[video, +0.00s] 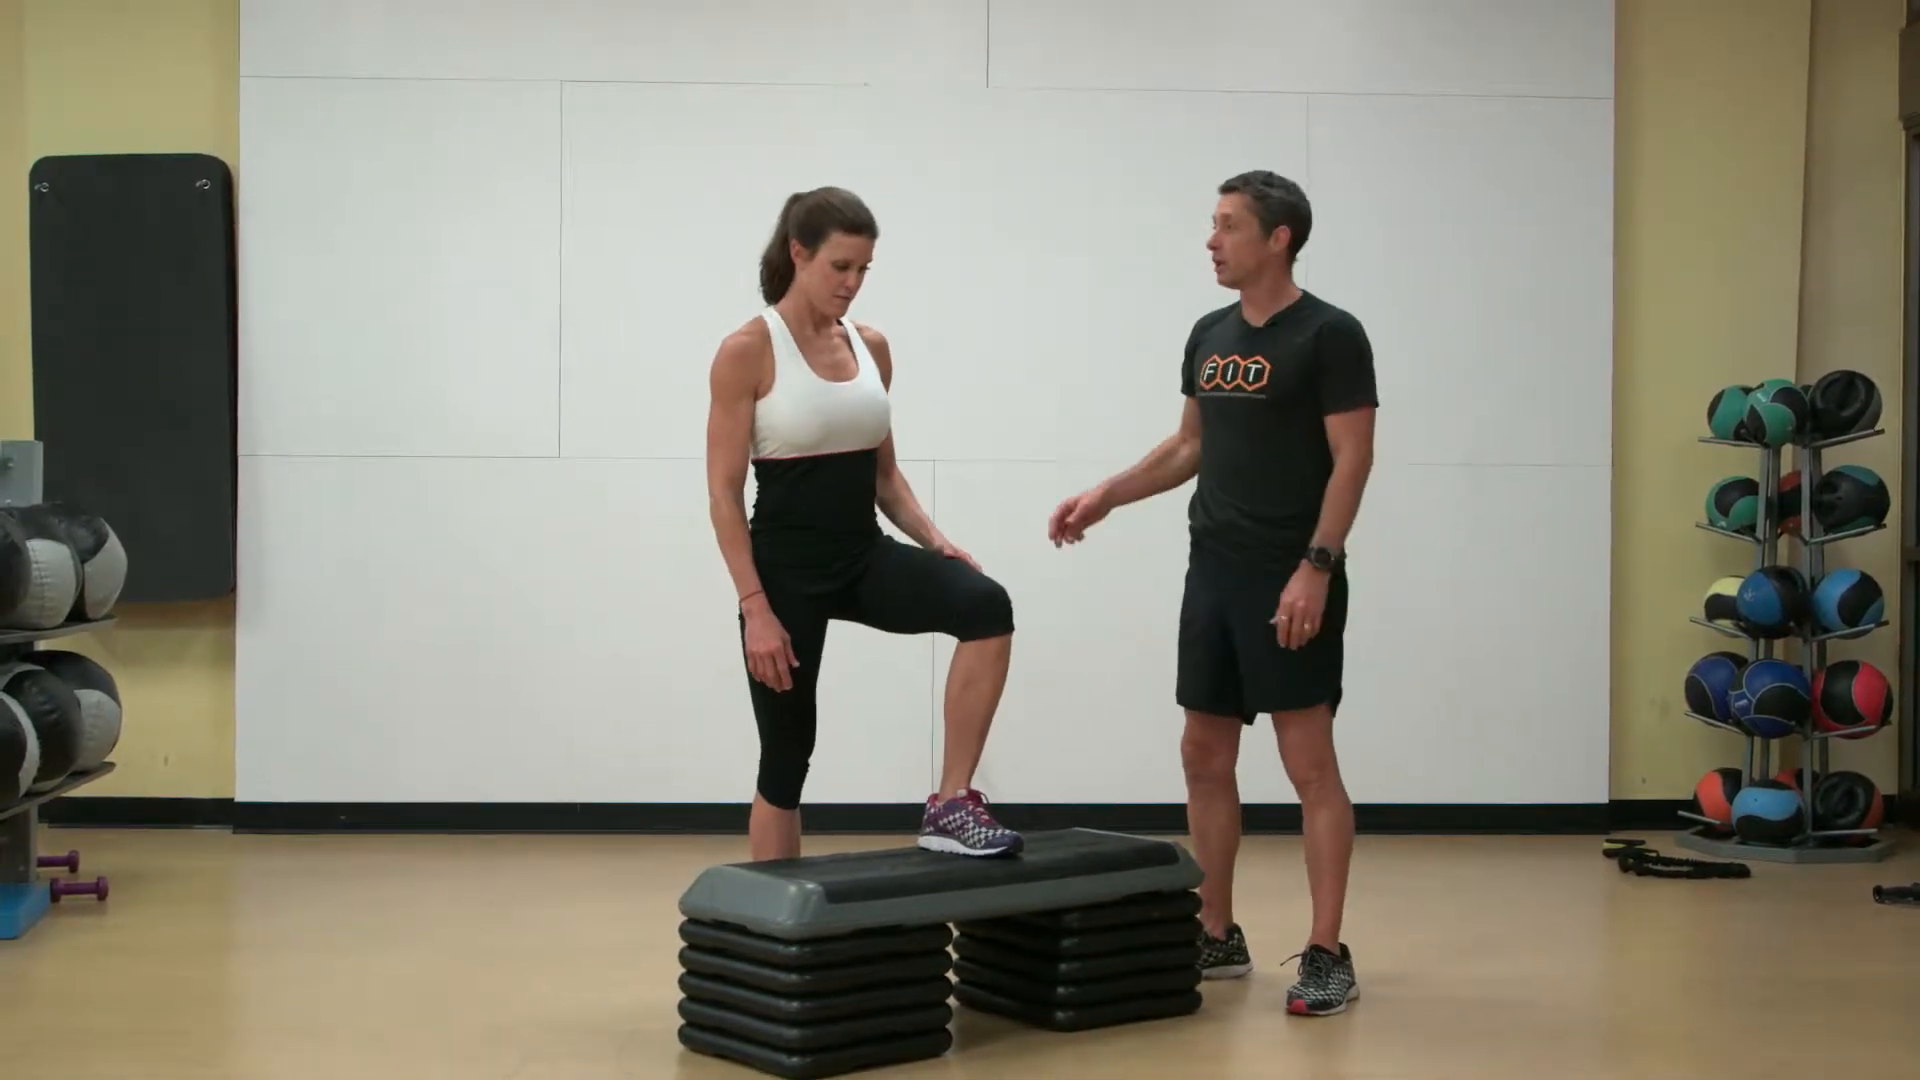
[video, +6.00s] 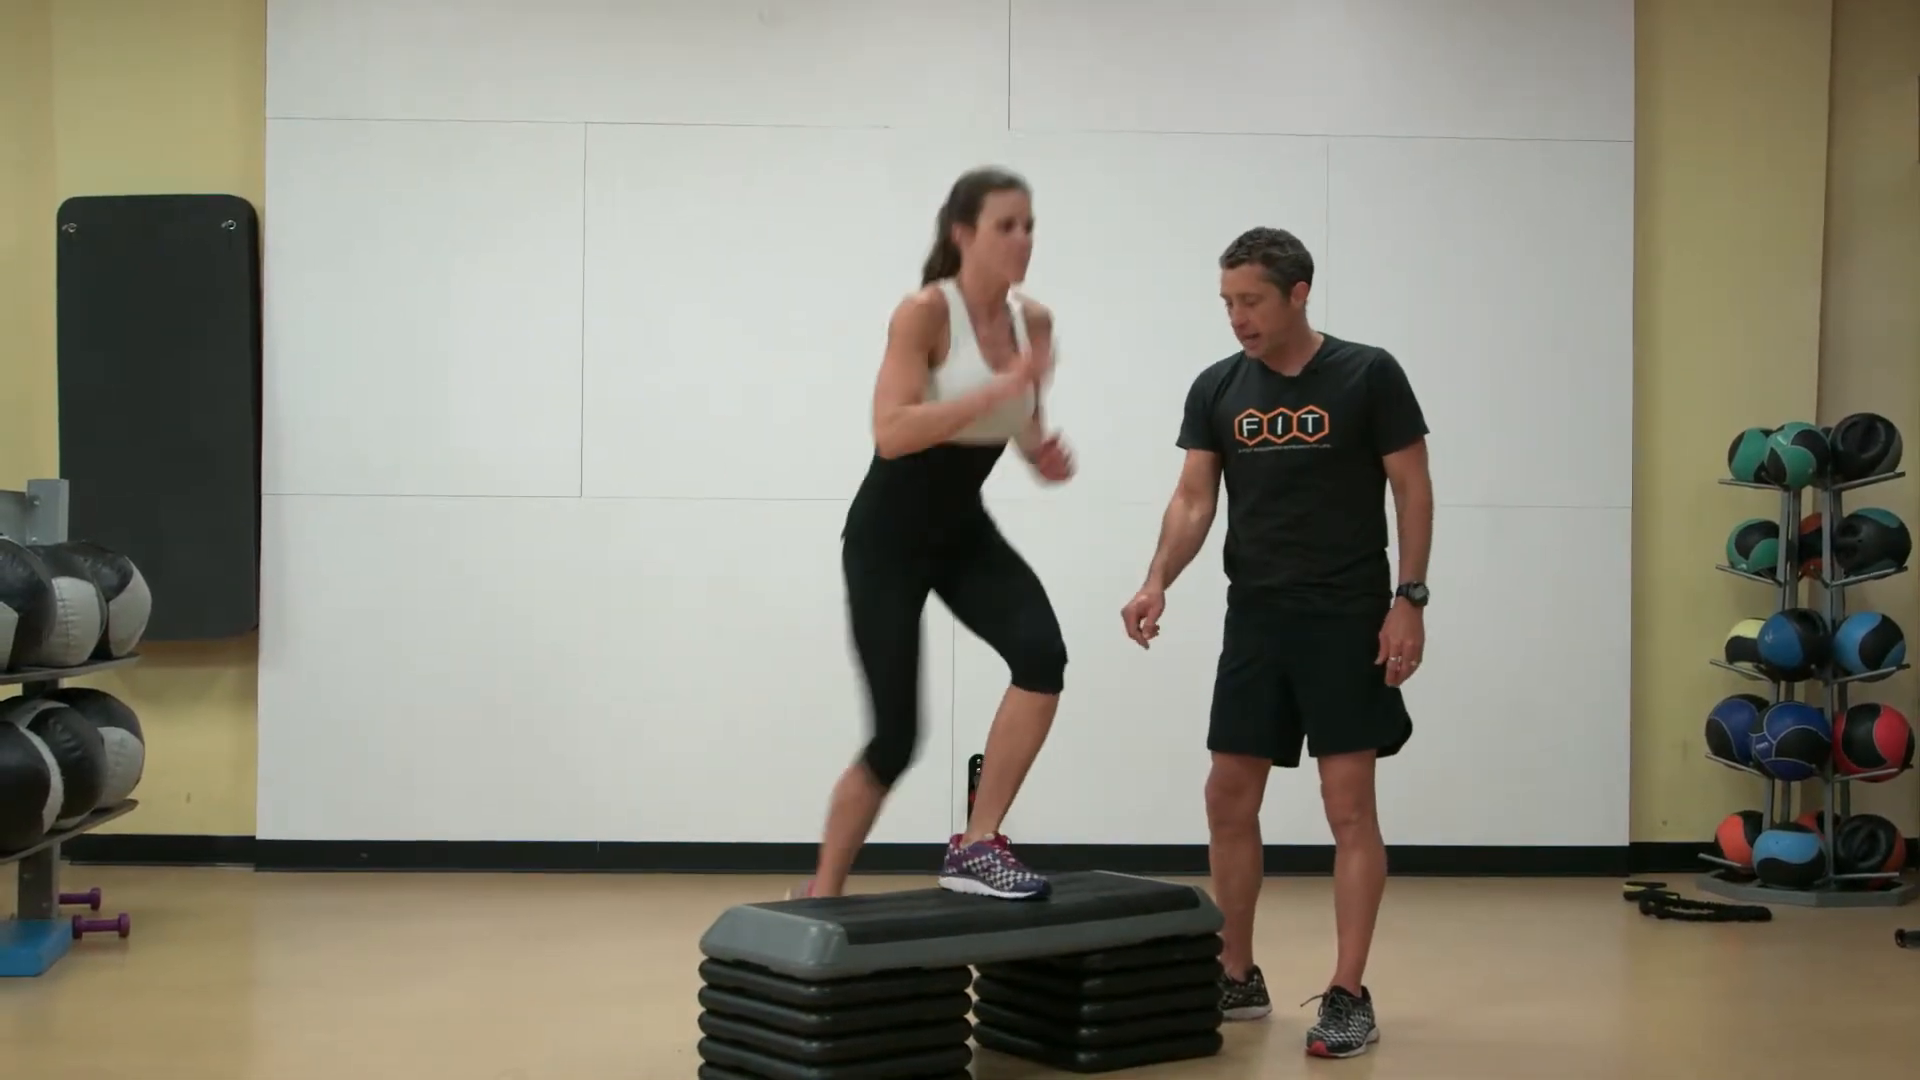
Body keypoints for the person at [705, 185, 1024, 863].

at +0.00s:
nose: (854, 283)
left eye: (862, 268)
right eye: (841, 266)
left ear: (869, 266)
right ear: (797, 254)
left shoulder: (869, 348)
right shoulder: (748, 352)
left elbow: (884, 473)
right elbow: (724, 493)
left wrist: (934, 540)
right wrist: (755, 608)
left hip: (861, 558)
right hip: (784, 568)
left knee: (986, 608)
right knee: (786, 760)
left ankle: (952, 801)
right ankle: (772, 932)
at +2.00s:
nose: (948, 299)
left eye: (954, 284)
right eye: (932, 284)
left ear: (958, 290)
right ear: (888, 288)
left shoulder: (958, 390)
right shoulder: (840, 378)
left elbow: (935, 508)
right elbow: (811, 511)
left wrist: (932, 626)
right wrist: (891, 434)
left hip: (906, 582)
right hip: (828, 587)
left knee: (992, 637)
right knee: (823, 792)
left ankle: (917, 809)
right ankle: (794, 951)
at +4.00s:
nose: (918, 335)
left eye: (923, 322)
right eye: (902, 321)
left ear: (926, 328)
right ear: (856, 324)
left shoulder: (922, 413)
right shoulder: (812, 414)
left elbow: (893, 516)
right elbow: (822, 541)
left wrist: (880, 596)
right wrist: (875, 453)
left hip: (880, 613)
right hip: (808, 623)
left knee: (987, 654)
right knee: (806, 827)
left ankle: (954, 854)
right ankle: (770, 981)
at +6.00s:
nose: (1026, 240)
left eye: (1029, 226)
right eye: (1010, 226)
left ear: (1027, 236)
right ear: (964, 234)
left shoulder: (1030, 320)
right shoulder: (922, 314)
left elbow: (1020, 412)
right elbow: (891, 434)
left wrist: (1040, 451)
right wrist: (1000, 391)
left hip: (961, 523)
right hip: (889, 527)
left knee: (1041, 657)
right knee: (896, 738)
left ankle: (978, 845)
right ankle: (819, 898)